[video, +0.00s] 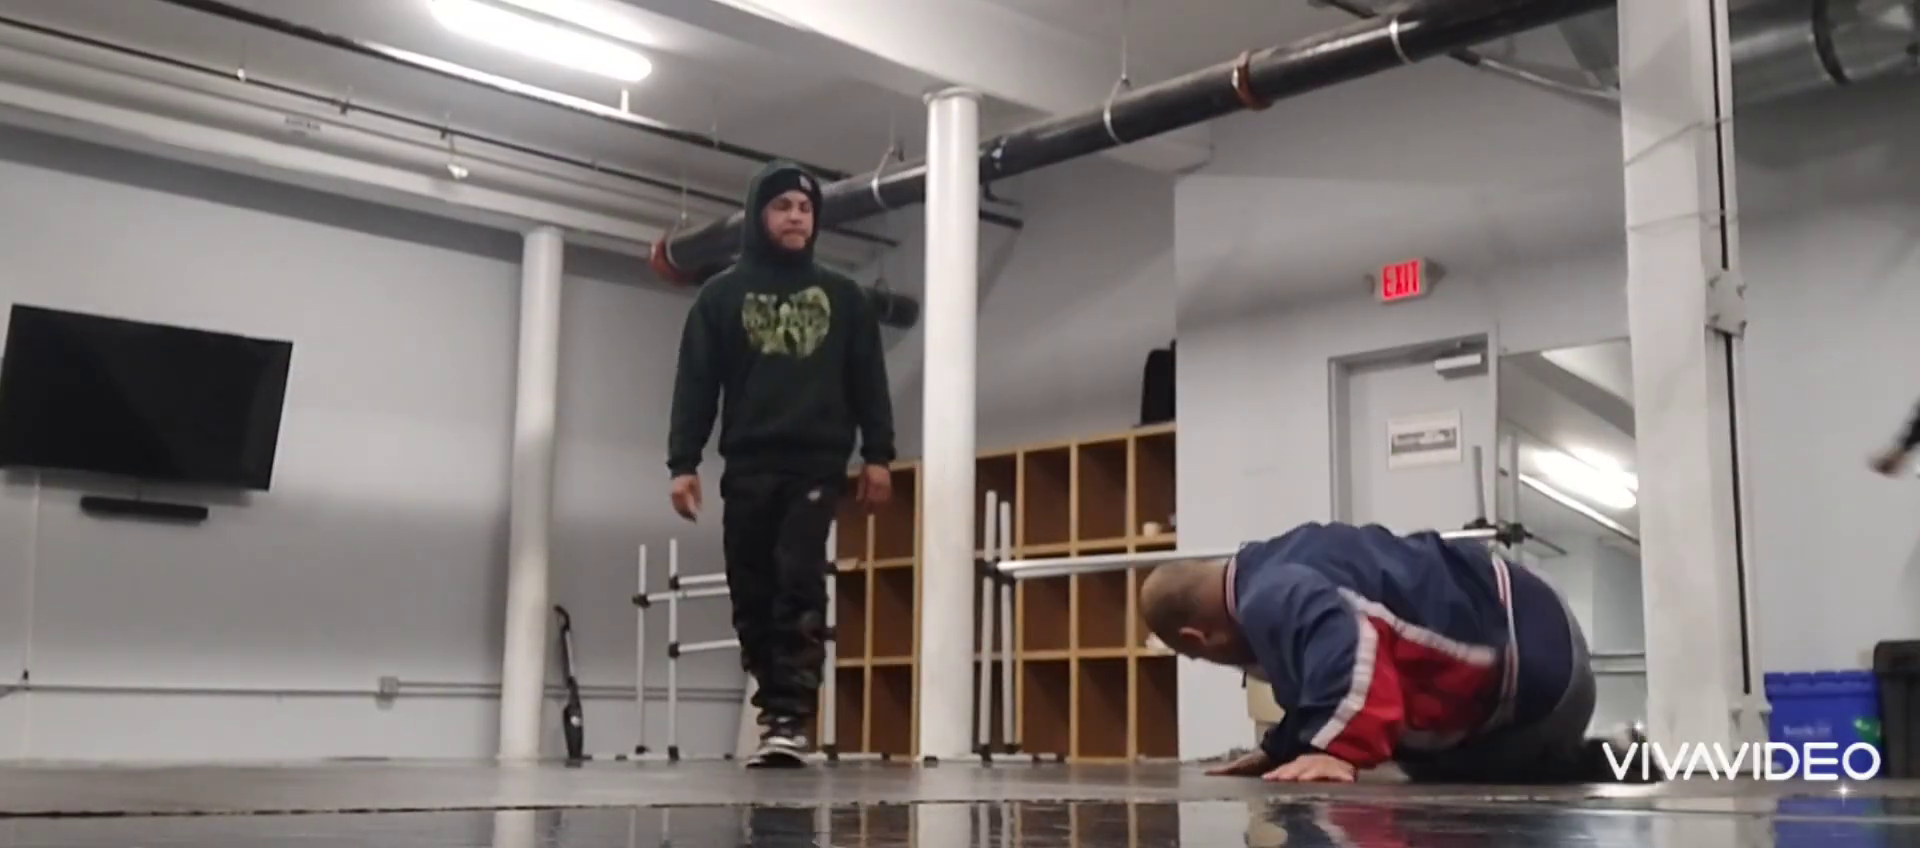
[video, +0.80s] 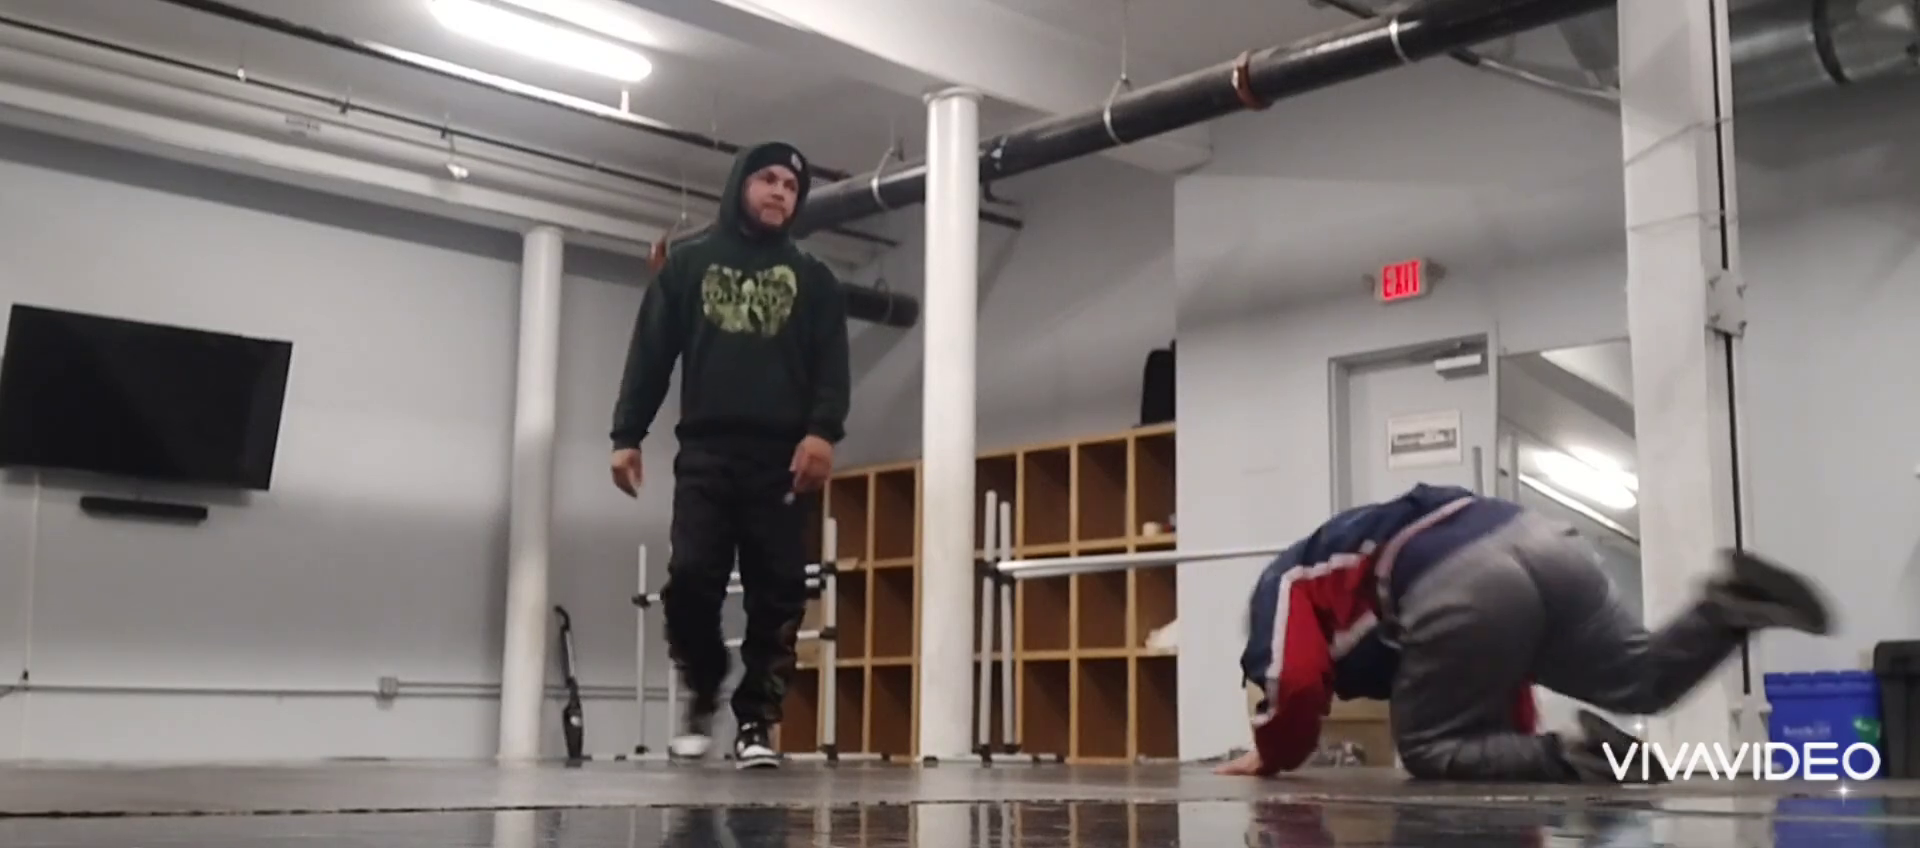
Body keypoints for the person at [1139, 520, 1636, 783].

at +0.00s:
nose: (1215, 662)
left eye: (1193, 654)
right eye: (1200, 657)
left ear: (1195, 635)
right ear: (1215, 576)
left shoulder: (1274, 592)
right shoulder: (1271, 574)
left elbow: (1356, 655)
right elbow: (1321, 684)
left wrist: (1336, 750)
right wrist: (1272, 751)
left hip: (1531, 675)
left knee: (1443, 770)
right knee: (1431, 761)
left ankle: (1606, 764)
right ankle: (1600, 760)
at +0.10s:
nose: (1205, 656)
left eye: (1187, 650)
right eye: (1191, 652)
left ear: (1194, 635)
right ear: (1212, 574)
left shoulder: (1273, 592)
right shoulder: (1265, 565)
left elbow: (1333, 659)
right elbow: (1310, 674)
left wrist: (1336, 745)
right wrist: (1265, 752)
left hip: (1527, 651)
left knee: (1413, 755)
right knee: (1406, 741)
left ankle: (1576, 756)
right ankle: (1570, 752)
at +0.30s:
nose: (1219, 684)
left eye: (1212, 674)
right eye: (1204, 679)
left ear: (1223, 638)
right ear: (1206, 620)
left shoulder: (1309, 591)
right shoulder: (1235, 582)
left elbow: (1363, 659)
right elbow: (1269, 671)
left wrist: (1350, 743)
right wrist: (1253, 749)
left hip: (1490, 615)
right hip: (1491, 583)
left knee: (1398, 758)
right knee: (1597, 663)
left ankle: (1541, 748)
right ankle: (1768, 664)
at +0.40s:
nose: (1239, 701)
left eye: (1229, 693)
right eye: (1225, 700)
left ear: (1238, 646)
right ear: (1223, 630)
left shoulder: (1295, 581)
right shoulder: (1255, 577)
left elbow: (1384, 650)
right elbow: (1301, 671)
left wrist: (1390, 745)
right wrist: (1263, 735)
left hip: (1513, 614)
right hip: (1531, 568)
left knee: (1423, 749)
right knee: (1612, 667)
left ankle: (1565, 757)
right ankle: (1756, 620)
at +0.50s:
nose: (1261, 683)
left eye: (1241, 680)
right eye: (1247, 680)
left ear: (1229, 649)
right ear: (1232, 622)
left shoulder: (1268, 601)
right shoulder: (1284, 562)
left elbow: (1388, 653)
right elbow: (1376, 649)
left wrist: (1360, 741)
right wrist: (1328, 729)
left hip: (1519, 623)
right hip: (1560, 563)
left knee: (1418, 756)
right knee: (1554, 647)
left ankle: (1576, 755)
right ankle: (1690, 649)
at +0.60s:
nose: (1267, 664)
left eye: (1258, 654)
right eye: (1261, 657)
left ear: (1256, 628)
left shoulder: (1274, 605)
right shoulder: (1340, 542)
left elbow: (1323, 687)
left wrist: (1290, 762)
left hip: (1512, 630)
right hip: (1560, 562)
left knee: (1405, 752)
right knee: (1556, 651)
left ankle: (1571, 758)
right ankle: (1683, 666)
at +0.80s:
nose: (1273, 692)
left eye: (1265, 683)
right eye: (1265, 687)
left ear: (1270, 627)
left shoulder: (1284, 583)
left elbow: (1299, 685)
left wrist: (1270, 759)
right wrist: (1513, 761)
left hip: (1462, 583)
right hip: (1544, 541)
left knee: (1434, 748)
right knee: (1642, 683)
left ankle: (1573, 757)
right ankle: (1730, 606)